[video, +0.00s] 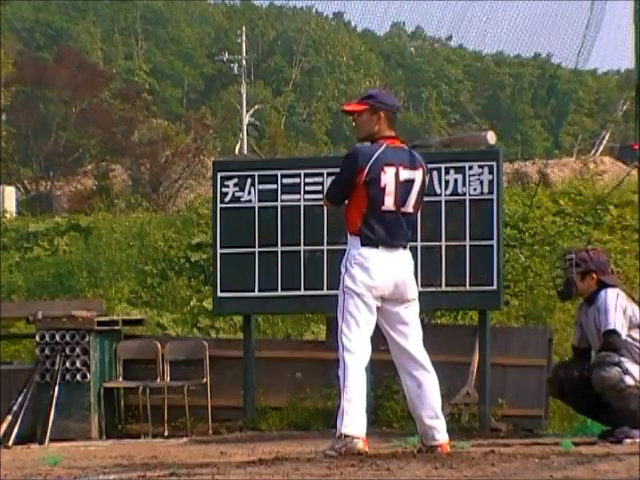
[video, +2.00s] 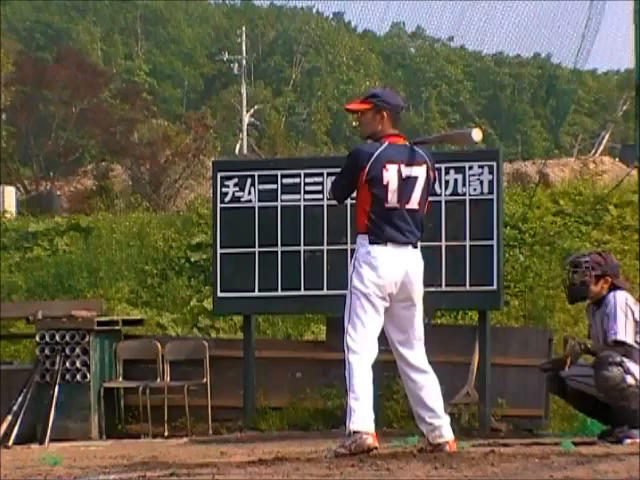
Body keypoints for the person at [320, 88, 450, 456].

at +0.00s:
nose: (354, 122)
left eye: (359, 116)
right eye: (355, 116)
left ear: (379, 118)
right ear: (385, 120)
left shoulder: (362, 154)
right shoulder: (416, 160)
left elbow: (334, 197)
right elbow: (411, 206)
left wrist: (366, 183)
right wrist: (366, 189)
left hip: (365, 261)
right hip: (402, 261)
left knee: (354, 350)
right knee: (412, 352)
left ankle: (352, 435)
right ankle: (436, 437)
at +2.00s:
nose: (358, 121)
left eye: (363, 115)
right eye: (358, 115)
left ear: (383, 117)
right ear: (390, 119)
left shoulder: (365, 153)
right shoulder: (422, 158)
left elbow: (337, 194)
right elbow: (423, 205)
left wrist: (369, 165)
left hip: (375, 258)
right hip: (412, 260)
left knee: (360, 347)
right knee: (412, 350)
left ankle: (362, 430)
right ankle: (440, 433)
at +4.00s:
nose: (362, 120)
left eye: (367, 114)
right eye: (364, 114)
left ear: (384, 118)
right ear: (396, 120)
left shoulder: (361, 162)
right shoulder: (423, 164)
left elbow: (325, 205)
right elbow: (424, 213)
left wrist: (351, 181)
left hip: (371, 261)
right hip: (410, 262)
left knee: (351, 347)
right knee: (414, 351)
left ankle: (344, 431)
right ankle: (442, 434)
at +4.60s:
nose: (357, 123)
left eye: (362, 118)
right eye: (358, 117)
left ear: (380, 120)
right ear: (391, 121)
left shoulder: (360, 156)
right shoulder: (422, 159)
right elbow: (431, 186)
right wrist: (400, 145)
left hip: (376, 261)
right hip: (416, 261)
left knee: (354, 348)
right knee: (418, 354)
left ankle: (344, 431)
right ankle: (442, 435)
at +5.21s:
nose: (349, 124)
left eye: (353, 119)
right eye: (350, 118)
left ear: (372, 121)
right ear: (379, 123)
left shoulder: (359, 156)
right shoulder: (409, 157)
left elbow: (328, 203)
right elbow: (379, 196)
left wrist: (342, 162)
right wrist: (355, 159)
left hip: (378, 260)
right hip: (412, 260)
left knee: (346, 352)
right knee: (411, 357)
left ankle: (348, 435)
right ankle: (442, 436)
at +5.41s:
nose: (331, 123)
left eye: (336, 117)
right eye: (332, 117)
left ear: (355, 120)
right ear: (357, 122)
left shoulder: (357, 154)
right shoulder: (381, 156)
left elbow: (343, 219)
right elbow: (349, 207)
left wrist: (324, 214)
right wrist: (319, 182)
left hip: (370, 257)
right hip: (397, 257)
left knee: (340, 352)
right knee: (380, 357)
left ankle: (346, 437)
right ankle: (429, 426)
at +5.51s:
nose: (320, 122)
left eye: (325, 116)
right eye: (320, 117)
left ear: (345, 120)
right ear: (346, 121)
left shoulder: (351, 153)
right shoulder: (362, 155)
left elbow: (360, 217)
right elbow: (328, 215)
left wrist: (328, 229)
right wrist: (289, 190)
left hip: (370, 257)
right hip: (390, 257)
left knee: (340, 350)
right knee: (358, 350)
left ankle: (346, 437)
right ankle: (400, 423)